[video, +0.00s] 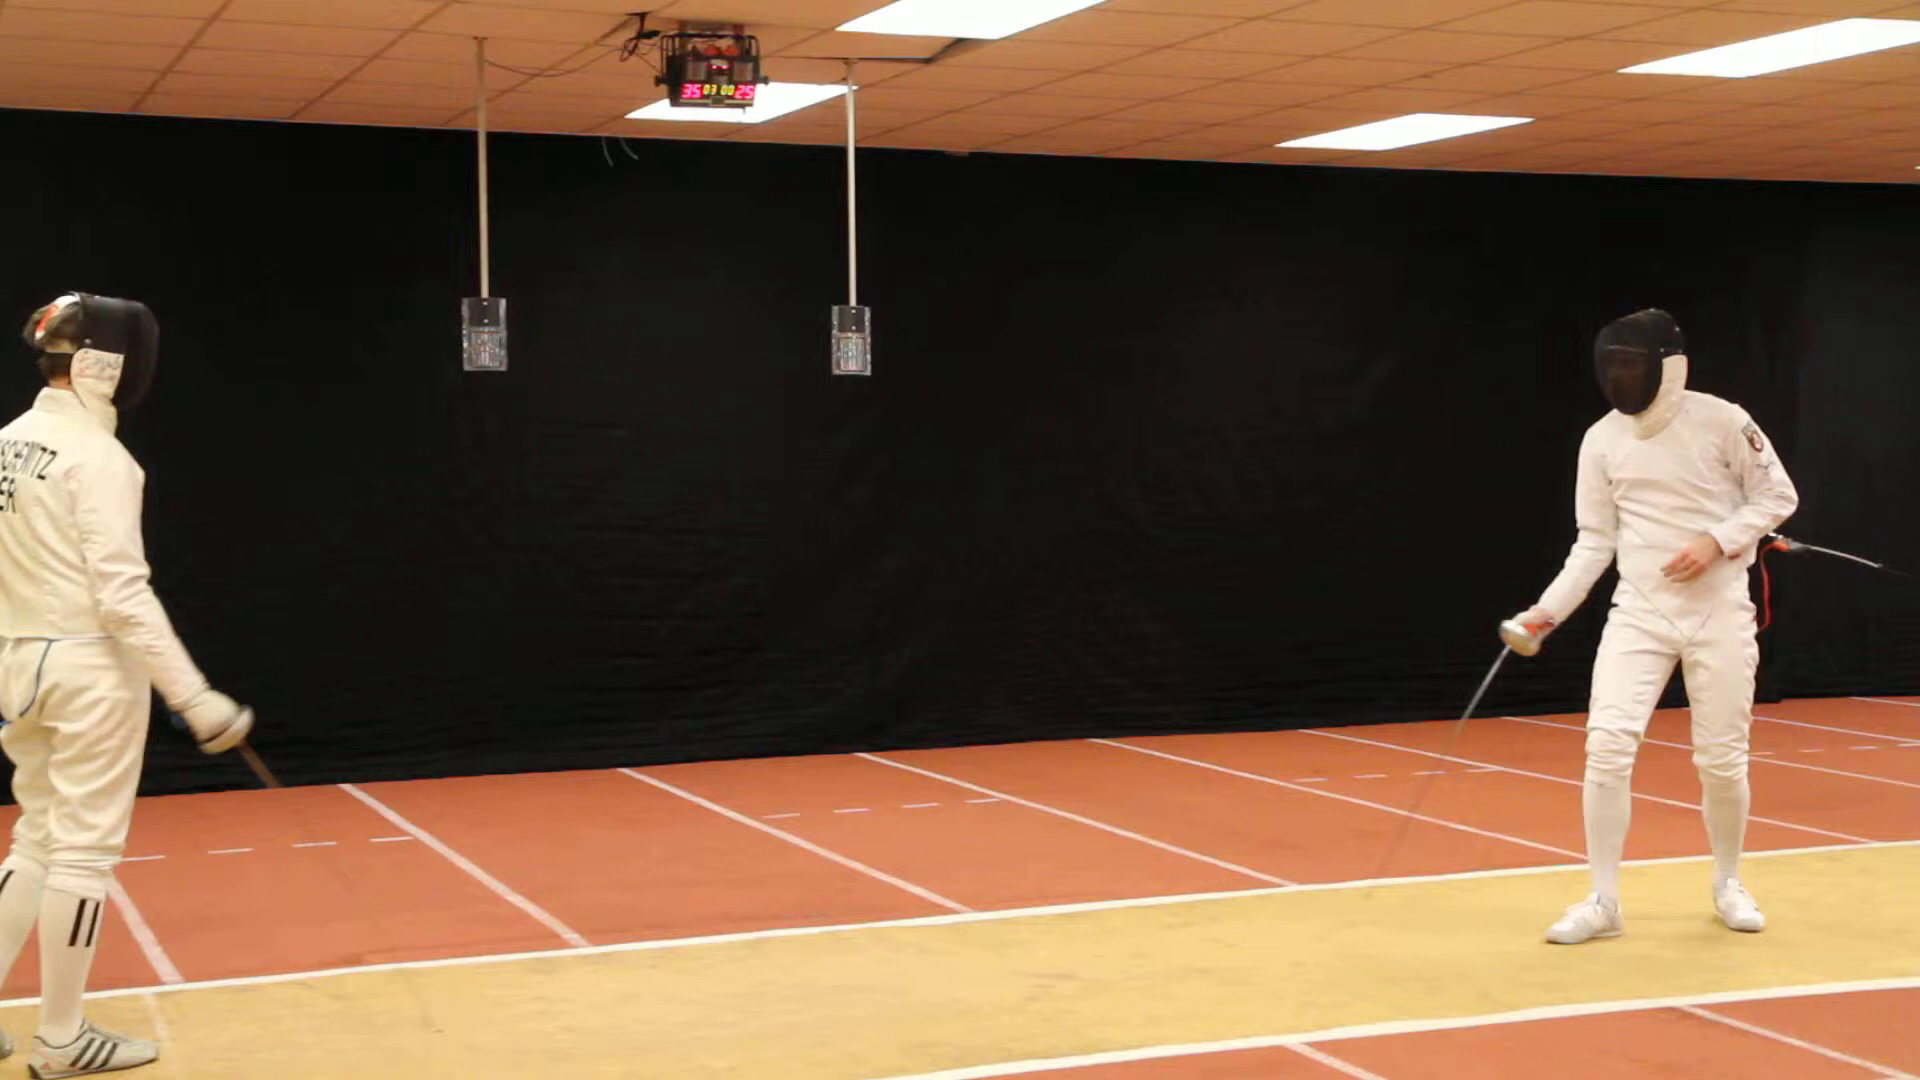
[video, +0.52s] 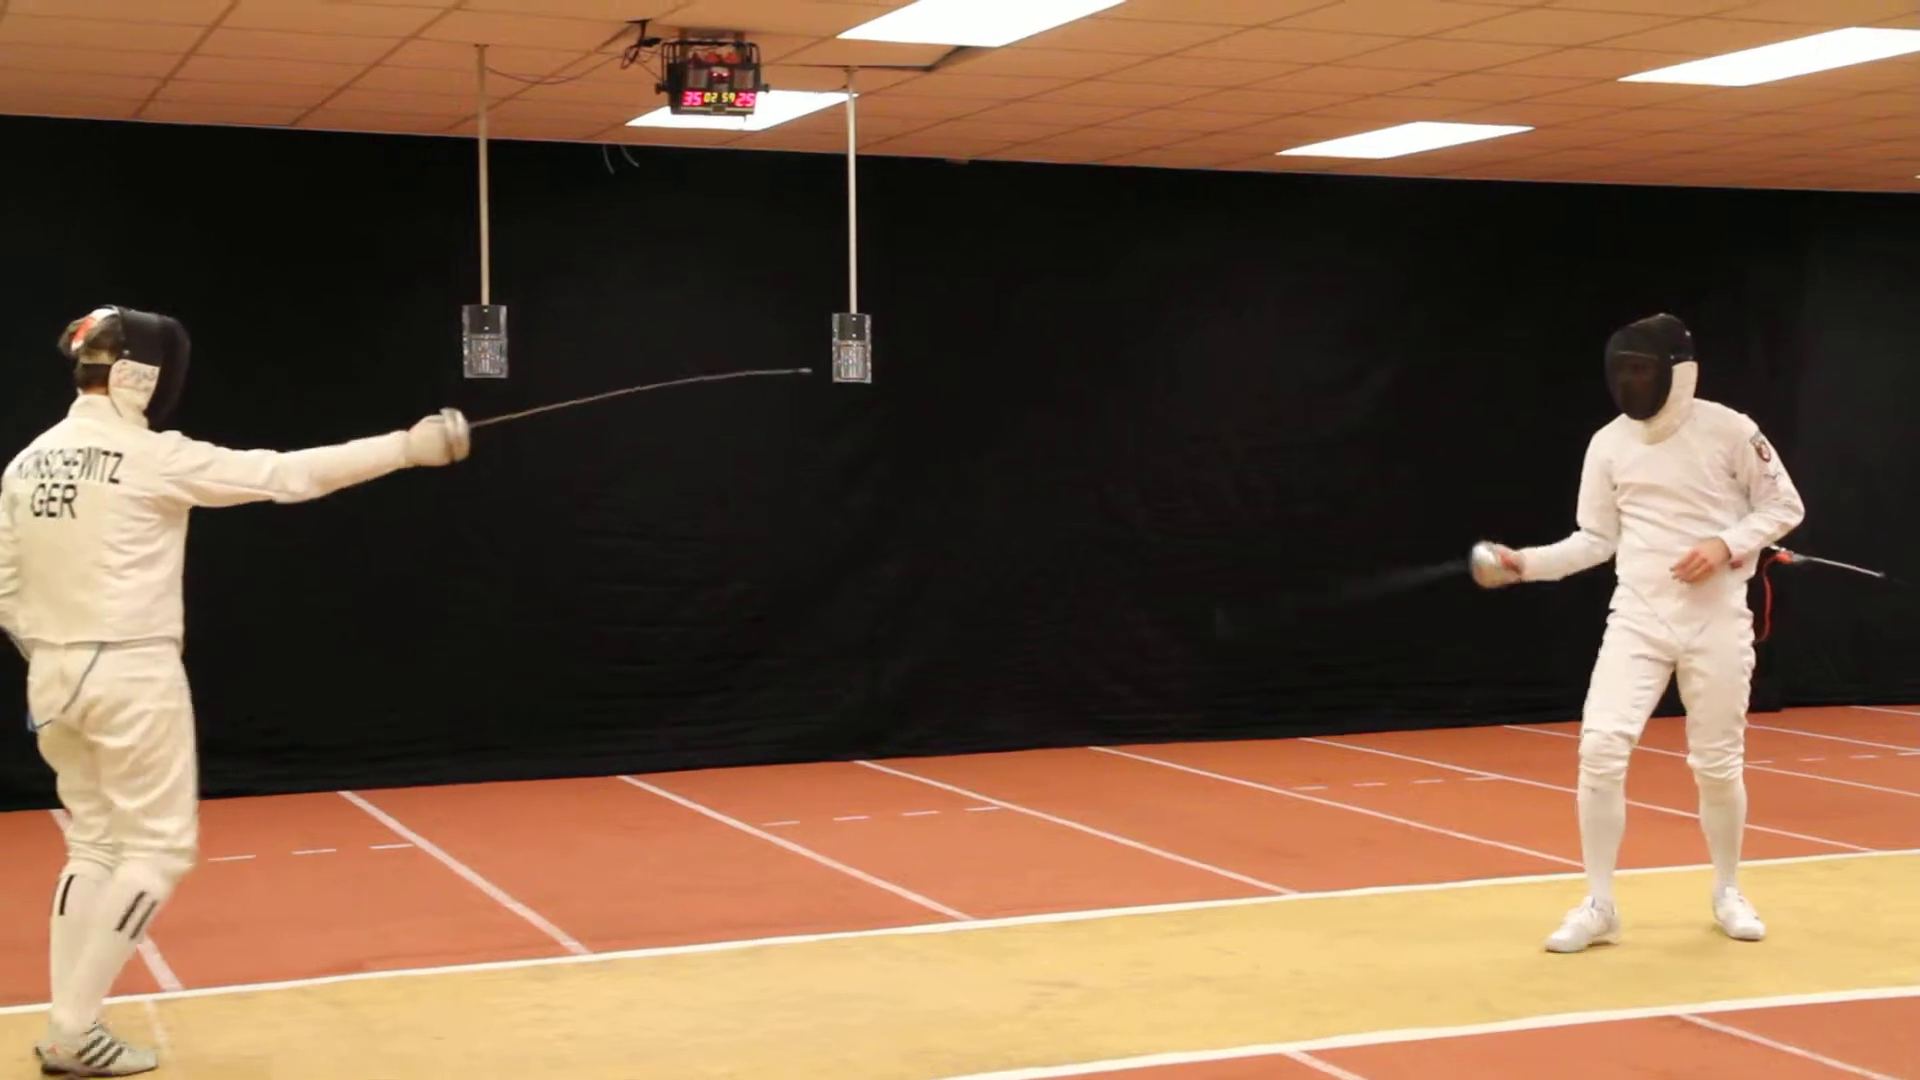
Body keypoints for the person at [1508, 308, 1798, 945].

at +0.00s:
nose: (1619, 377)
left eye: (1632, 364)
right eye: (1613, 364)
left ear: (1669, 364)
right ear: (1607, 367)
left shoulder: (1724, 423)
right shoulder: (1602, 442)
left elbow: (1778, 495)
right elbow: (1594, 540)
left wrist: (1718, 540)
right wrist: (1546, 612)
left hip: (1720, 617)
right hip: (1636, 616)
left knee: (1722, 762)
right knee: (1606, 749)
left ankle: (1729, 884)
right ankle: (1602, 901)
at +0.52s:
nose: (1628, 384)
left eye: (1642, 372)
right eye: (1621, 372)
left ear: (1680, 371)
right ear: (1615, 372)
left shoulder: (1730, 433)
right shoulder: (1608, 446)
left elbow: (1784, 507)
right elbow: (1597, 538)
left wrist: (1726, 545)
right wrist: (1526, 563)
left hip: (1715, 626)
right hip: (1635, 622)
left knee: (1717, 766)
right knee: (1599, 752)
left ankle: (1728, 893)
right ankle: (1599, 905)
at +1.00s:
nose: (1513, 405)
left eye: (1527, 393)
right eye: (1507, 393)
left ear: (1566, 394)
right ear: (1502, 393)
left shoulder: (1621, 452)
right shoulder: (1497, 464)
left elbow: (1674, 524)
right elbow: (1440, 543)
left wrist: (1626, 577)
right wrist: (1359, 543)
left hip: (1614, 647)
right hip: (1529, 642)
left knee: (1654, 786)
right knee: (1485, 769)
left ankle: (1693, 888)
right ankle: (1476, 922)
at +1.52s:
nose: (1390, 415)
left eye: (1403, 403)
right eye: (1385, 402)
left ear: (1442, 406)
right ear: (1381, 404)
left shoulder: (1500, 465)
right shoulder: (1372, 473)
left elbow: (1557, 546)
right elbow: (1291, 519)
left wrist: (1561, 638)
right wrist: (1205, 505)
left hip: (1504, 658)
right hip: (1416, 659)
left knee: (1558, 801)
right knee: (1354, 774)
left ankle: (1562, 892)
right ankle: (1343, 935)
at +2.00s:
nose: (1380, 399)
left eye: (1394, 386)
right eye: (1375, 386)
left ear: (1434, 389)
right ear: (1372, 388)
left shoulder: (1489, 448)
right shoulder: (1369, 462)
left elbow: (1545, 529)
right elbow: (1308, 539)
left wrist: (1560, 614)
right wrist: (1217, 541)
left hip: (1499, 646)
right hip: (1414, 646)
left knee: (1523, 789)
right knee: (1359, 772)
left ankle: (1538, 910)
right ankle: (1343, 935)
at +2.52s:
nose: (1382, 398)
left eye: (1396, 386)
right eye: (1378, 385)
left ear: (1435, 390)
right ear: (1375, 387)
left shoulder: (1487, 455)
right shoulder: (1366, 460)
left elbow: (1540, 542)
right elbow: (1311, 545)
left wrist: (1517, 613)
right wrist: (1233, 522)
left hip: (1482, 650)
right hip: (1397, 646)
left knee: (1511, 795)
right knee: (1331, 769)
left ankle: (1537, 908)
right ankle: (1287, 922)